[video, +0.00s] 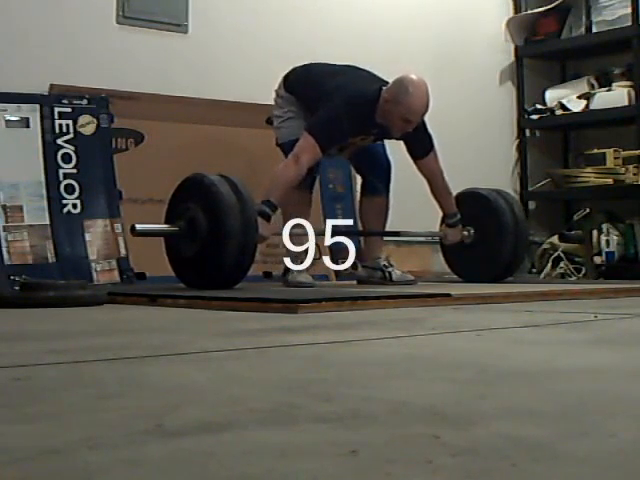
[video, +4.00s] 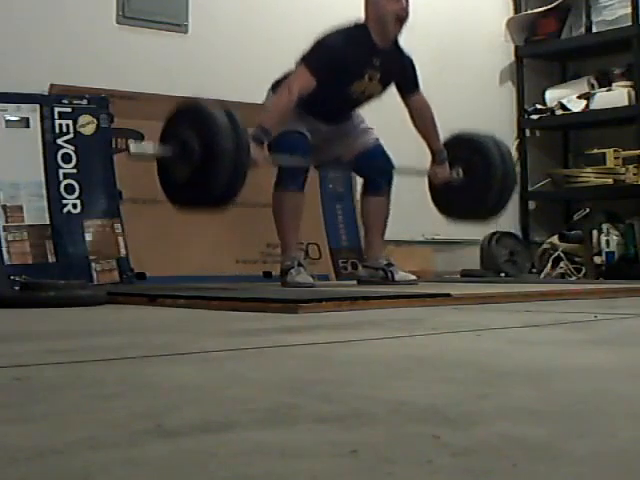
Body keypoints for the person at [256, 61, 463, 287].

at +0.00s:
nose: (410, 130)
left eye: (415, 124)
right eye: (405, 121)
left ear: (422, 115)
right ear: (385, 103)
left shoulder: (409, 117)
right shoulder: (348, 108)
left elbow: (432, 171)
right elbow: (299, 161)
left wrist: (453, 218)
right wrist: (266, 210)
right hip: (296, 102)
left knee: (379, 170)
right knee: (303, 172)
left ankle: (372, 263)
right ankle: (296, 265)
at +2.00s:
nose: (411, 126)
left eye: (417, 120)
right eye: (407, 117)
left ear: (422, 114)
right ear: (385, 100)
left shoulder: (408, 122)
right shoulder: (346, 109)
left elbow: (429, 175)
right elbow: (296, 162)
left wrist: (448, 218)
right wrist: (260, 212)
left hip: (334, 107)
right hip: (288, 98)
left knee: (363, 167)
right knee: (298, 170)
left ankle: (371, 263)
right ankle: (295, 265)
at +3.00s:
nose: (405, 109)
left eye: (412, 103)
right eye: (401, 100)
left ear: (417, 100)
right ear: (380, 88)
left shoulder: (410, 127)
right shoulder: (342, 110)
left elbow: (432, 177)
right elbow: (295, 163)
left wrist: (448, 220)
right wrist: (259, 215)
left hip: (337, 151)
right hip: (286, 134)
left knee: (396, 174)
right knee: (298, 173)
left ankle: (374, 263)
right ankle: (293, 266)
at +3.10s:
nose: (404, 105)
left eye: (410, 98)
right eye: (399, 95)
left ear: (415, 97)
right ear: (377, 87)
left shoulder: (410, 128)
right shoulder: (340, 112)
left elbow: (433, 176)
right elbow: (293, 159)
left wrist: (450, 220)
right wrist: (261, 213)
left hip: (345, 180)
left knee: (403, 175)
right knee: (307, 171)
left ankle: (374, 263)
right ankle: (293, 266)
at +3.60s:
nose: (402, 66)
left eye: (404, 60)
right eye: (392, 58)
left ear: (405, 69)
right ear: (366, 68)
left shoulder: (401, 119)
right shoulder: (335, 103)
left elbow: (425, 166)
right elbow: (294, 153)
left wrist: (447, 211)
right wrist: (265, 206)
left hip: (355, 181)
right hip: (316, 177)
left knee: (409, 178)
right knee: (315, 171)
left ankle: (375, 262)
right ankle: (294, 264)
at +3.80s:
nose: (406, 43)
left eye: (409, 38)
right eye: (396, 36)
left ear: (412, 47)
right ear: (372, 44)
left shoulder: (402, 96)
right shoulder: (341, 78)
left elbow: (424, 141)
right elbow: (296, 127)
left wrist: (445, 188)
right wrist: (265, 176)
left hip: (350, 145)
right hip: (302, 138)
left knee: (396, 172)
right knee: (305, 157)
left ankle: (375, 262)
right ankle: (292, 263)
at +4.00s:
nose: (404, 7)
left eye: (406, 2)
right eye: (394, 1)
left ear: (408, 10)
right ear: (371, 6)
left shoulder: (399, 62)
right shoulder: (340, 44)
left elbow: (417, 106)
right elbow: (291, 89)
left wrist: (439, 154)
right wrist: (261, 134)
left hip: (341, 119)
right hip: (296, 112)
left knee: (380, 168)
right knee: (294, 159)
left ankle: (374, 262)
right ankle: (291, 263)